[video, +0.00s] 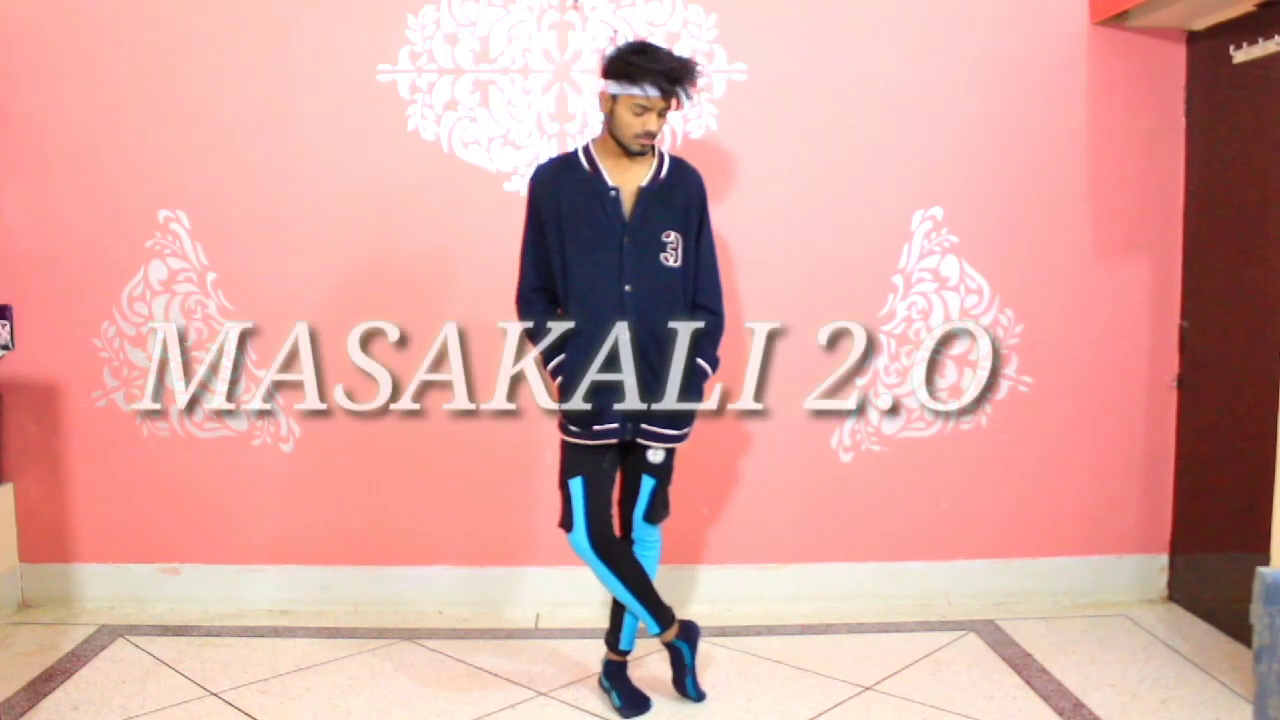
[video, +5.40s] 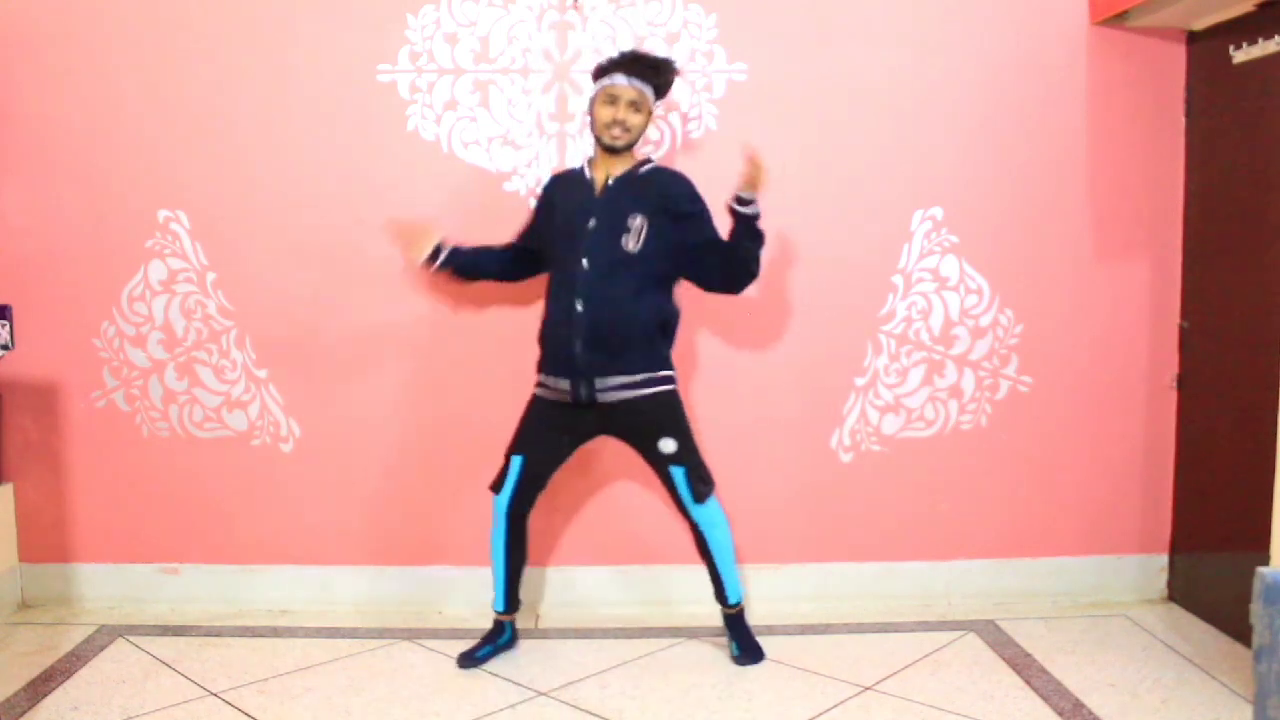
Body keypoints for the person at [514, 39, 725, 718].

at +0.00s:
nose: (654, 125)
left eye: (663, 112)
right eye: (641, 111)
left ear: (671, 111)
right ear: (607, 104)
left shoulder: (682, 182)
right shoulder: (556, 179)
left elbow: (706, 293)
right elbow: (534, 291)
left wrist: (698, 370)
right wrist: (561, 363)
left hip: (666, 387)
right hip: (590, 387)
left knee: (644, 527)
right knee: (587, 532)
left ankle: (616, 661)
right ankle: (674, 633)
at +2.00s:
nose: (624, 85)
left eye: (637, 73)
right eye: (610, 74)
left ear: (657, 85)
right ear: (593, 88)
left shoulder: (687, 180)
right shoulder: (557, 177)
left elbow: (722, 281)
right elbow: (525, 283)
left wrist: (761, 376)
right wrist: (486, 374)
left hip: (659, 383)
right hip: (582, 379)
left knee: (638, 525)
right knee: (587, 524)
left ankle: (618, 664)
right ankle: (593, 682)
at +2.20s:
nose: (612, 79)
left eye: (626, 69)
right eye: (598, 71)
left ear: (647, 85)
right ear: (582, 89)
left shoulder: (681, 174)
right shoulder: (554, 180)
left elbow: (700, 280)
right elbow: (540, 290)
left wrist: (688, 370)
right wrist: (545, 386)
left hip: (653, 383)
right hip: (576, 380)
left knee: (638, 525)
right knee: (555, 522)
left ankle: (617, 662)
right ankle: (558, 664)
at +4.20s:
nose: (595, 61)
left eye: (609, 50)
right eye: (580, 50)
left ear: (630, 66)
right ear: (560, 69)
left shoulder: (665, 165)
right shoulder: (522, 167)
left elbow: (716, 263)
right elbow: (489, 265)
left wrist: (702, 304)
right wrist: (473, 320)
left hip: (652, 382)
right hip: (563, 385)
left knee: (693, 525)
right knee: (568, 539)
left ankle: (630, 643)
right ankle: (579, 695)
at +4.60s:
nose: (627, 110)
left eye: (641, 97)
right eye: (613, 98)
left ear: (663, 110)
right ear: (597, 114)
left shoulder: (701, 200)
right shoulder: (567, 205)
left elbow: (762, 284)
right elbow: (495, 288)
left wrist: (738, 328)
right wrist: (526, 252)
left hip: (665, 412)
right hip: (574, 407)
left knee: (708, 548)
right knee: (535, 538)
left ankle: (738, 685)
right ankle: (519, 701)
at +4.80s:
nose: (614, 101)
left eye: (629, 89)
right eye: (601, 89)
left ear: (651, 101)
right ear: (586, 103)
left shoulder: (696, 186)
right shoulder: (553, 196)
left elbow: (789, 218)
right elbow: (471, 242)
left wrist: (754, 247)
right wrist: (484, 178)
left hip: (676, 403)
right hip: (579, 407)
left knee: (740, 517)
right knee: (534, 524)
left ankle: (765, 653)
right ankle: (506, 632)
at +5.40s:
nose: (618, 114)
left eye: (632, 104)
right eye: (608, 101)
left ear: (650, 118)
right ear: (590, 110)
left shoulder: (668, 191)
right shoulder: (562, 190)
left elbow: (728, 275)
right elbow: (523, 259)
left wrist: (746, 215)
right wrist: (448, 257)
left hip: (643, 390)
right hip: (560, 391)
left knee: (697, 499)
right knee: (509, 495)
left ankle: (736, 621)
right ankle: (503, 624)